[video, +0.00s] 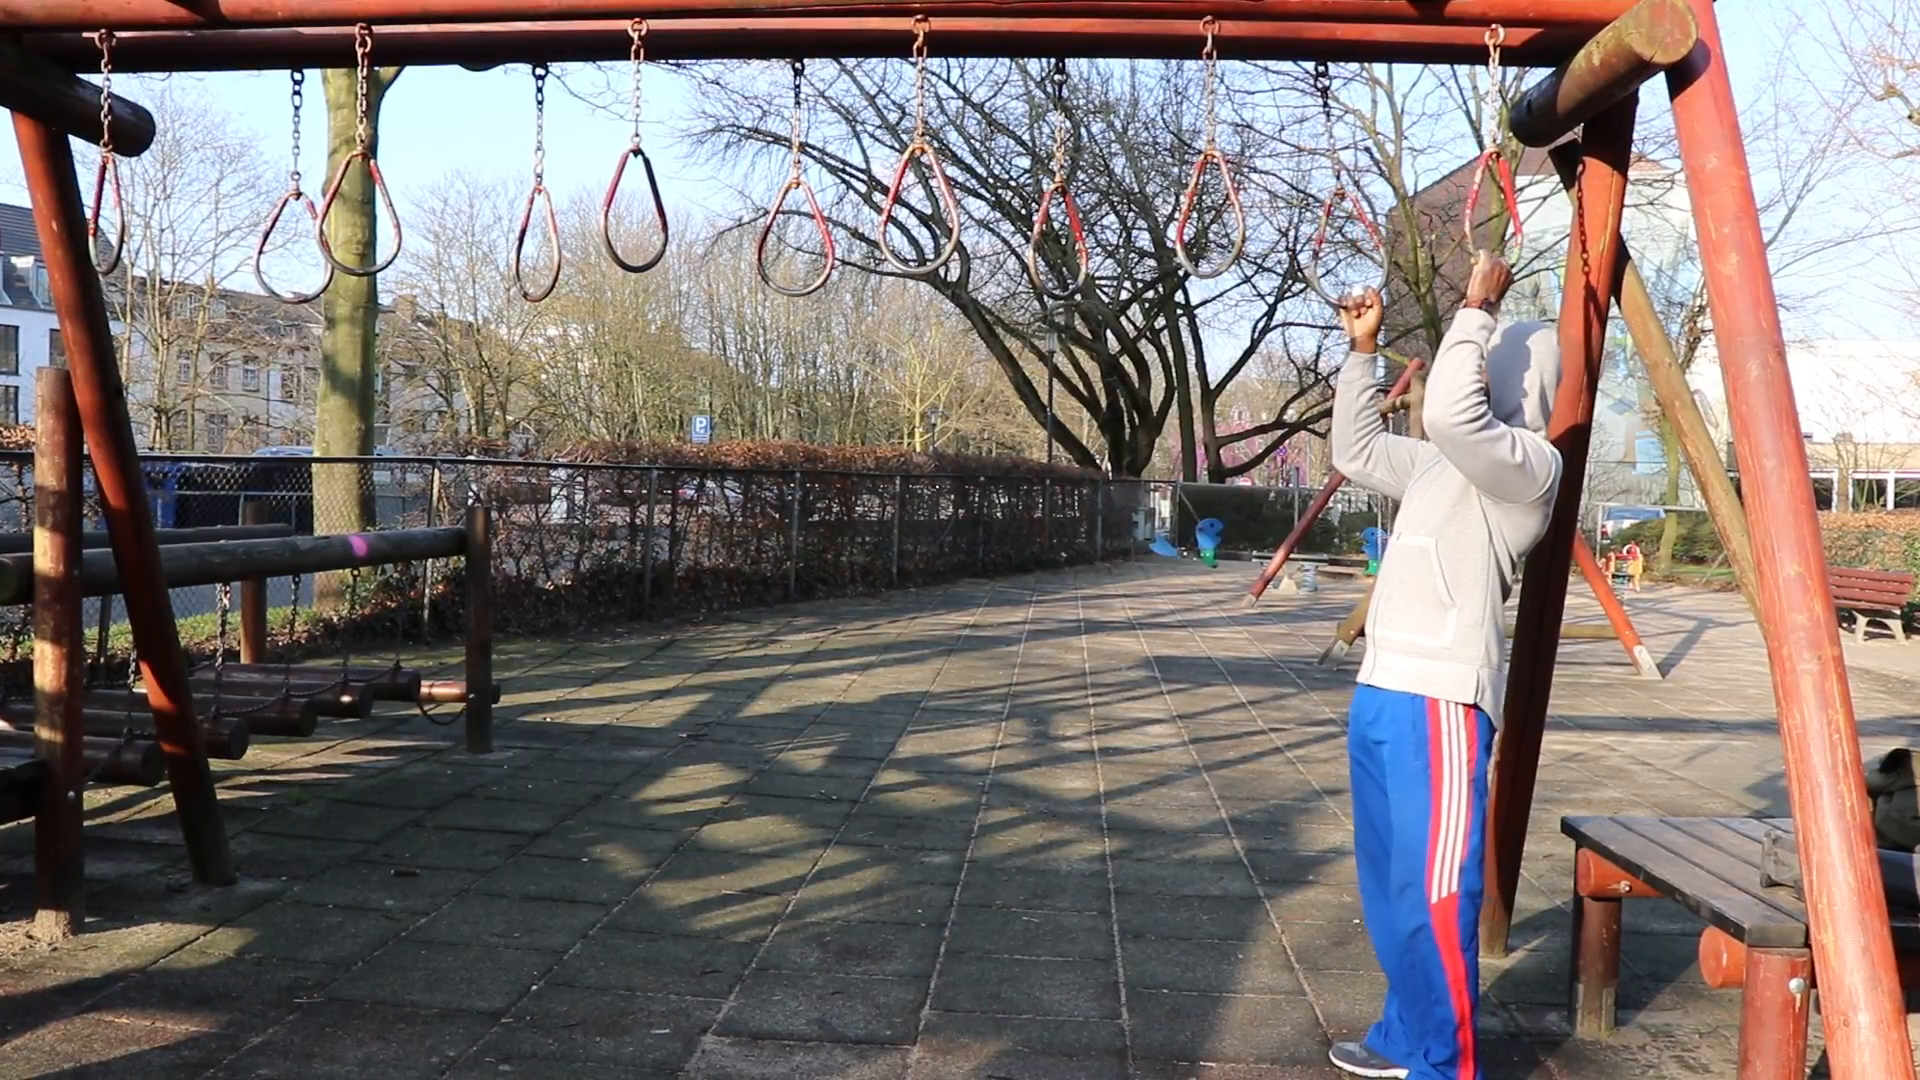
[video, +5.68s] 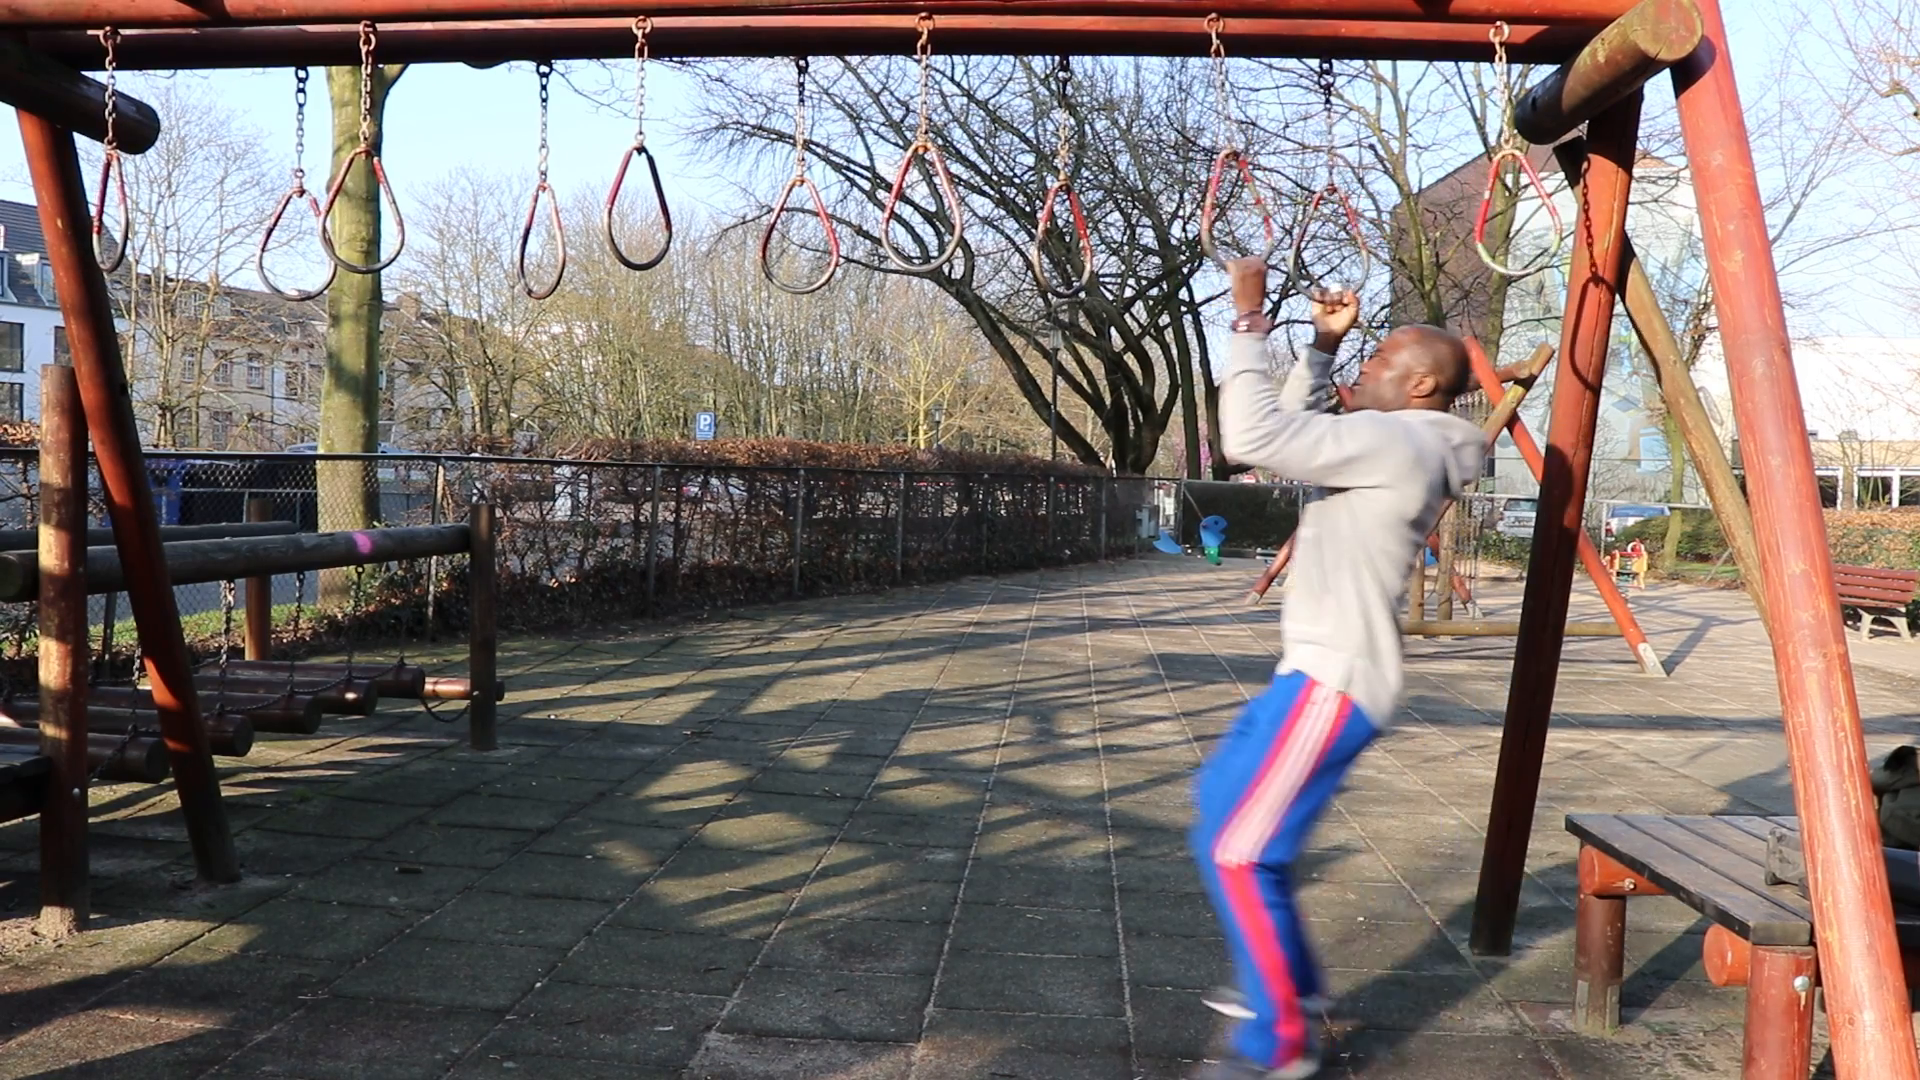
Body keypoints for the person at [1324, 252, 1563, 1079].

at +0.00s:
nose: (1463, 370)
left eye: (1489, 361)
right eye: (1469, 359)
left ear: (1515, 384)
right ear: (1505, 386)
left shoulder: (1531, 467)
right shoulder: (1438, 461)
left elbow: (1452, 413)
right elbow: (1356, 448)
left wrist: (1473, 313)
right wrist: (1362, 349)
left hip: (1441, 702)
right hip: (1383, 697)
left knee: (1434, 896)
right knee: (1390, 890)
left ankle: (1445, 1063)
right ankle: (1407, 1037)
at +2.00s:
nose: (1429, 363)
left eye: (1451, 350)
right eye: (1433, 351)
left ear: (1481, 364)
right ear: (1498, 365)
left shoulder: (1507, 445)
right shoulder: (1423, 450)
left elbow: (1428, 433)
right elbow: (1337, 454)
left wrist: (1425, 331)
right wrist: (1322, 355)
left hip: (1463, 695)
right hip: (1407, 693)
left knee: (1452, 884)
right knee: (1407, 877)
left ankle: (1449, 1056)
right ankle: (1409, 1032)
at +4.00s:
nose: (1487, 355)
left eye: (1509, 353)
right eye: (1490, 345)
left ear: (1525, 390)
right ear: (1473, 370)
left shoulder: (1511, 445)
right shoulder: (1417, 450)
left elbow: (1473, 364)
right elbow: (1334, 445)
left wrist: (1481, 284)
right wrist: (1331, 351)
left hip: (1451, 692)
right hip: (1391, 691)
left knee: (1446, 884)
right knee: (1401, 880)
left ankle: (1448, 1059)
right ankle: (1412, 1033)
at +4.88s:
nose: (1462, 356)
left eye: (1484, 348)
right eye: (1467, 345)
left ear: (1523, 378)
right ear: (1492, 372)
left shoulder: (1512, 439)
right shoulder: (1457, 429)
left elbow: (1396, 447)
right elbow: (1348, 453)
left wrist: (1410, 325)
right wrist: (1362, 343)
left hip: (1462, 688)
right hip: (1408, 683)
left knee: (1441, 886)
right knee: (1401, 877)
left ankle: (1448, 1059)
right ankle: (1412, 1034)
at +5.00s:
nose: (1453, 347)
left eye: (1475, 342)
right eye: (1458, 337)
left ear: (1513, 376)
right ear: (1462, 368)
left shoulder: (1498, 437)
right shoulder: (1447, 430)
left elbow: (1379, 430)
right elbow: (1341, 455)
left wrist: (1312, 327)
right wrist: (1362, 344)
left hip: (1460, 691)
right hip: (1410, 684)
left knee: (1441, 882)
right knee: (1399, 871)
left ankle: (1450, 1059)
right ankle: (1410, 1034)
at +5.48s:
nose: (1402, 359)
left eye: (1421, 349)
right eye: (1409, 347)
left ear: (1466, 376)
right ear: (1460, 376)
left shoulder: (1454, 436)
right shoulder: (1427, 432)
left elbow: (1317, 427)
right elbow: (1323, 442)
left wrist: (1294, 309)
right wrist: (1343, 343)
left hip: (1407, 674)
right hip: (1367, 666)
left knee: (1356, 868)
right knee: (1316, 836)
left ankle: (1411, 1053)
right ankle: (1386, 1010)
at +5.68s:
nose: (1360, 369)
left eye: (1380, 358)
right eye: (1370, 357)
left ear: (1420, 383)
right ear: (1419, 383)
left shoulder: (1400, 444)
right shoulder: (1395, 437)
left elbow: (1254, 436)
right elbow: (1291, 439)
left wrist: (1248, 318)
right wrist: (1322, 344)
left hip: (1340, 676)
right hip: (1314, 663)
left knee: (1236, 850)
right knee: (1217, 802)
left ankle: (1280, 1043)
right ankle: (1290, 992)